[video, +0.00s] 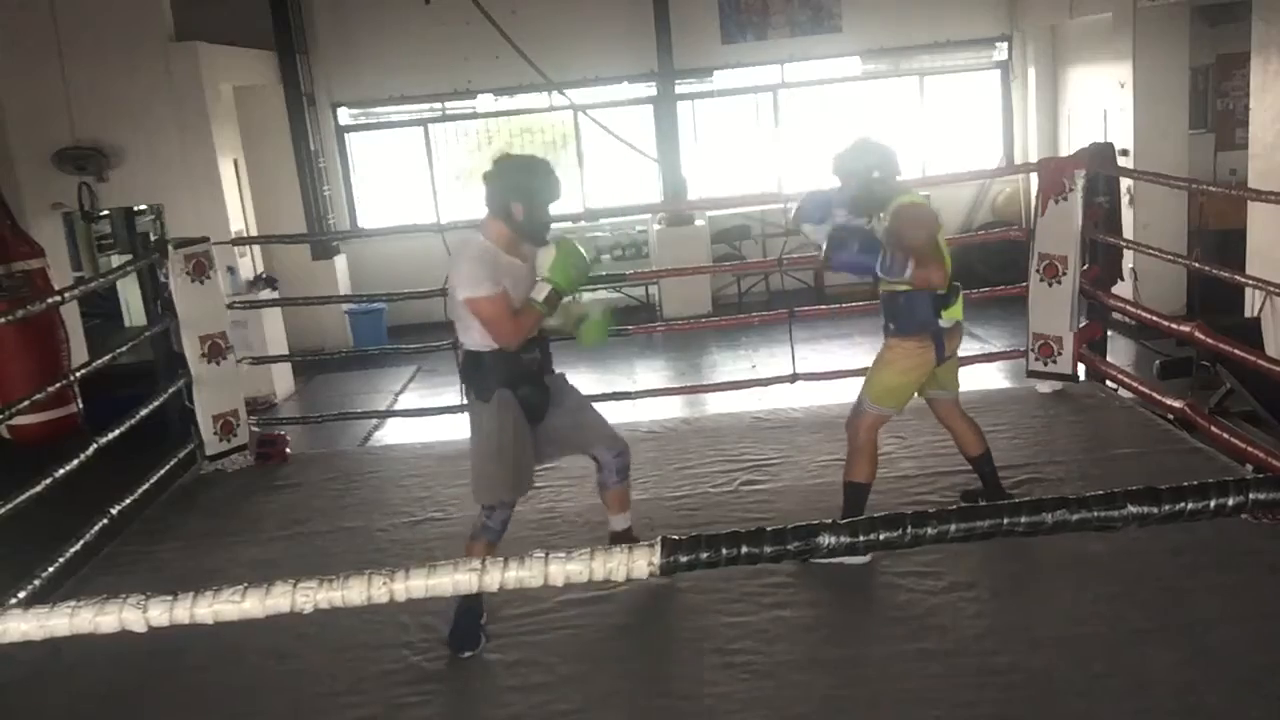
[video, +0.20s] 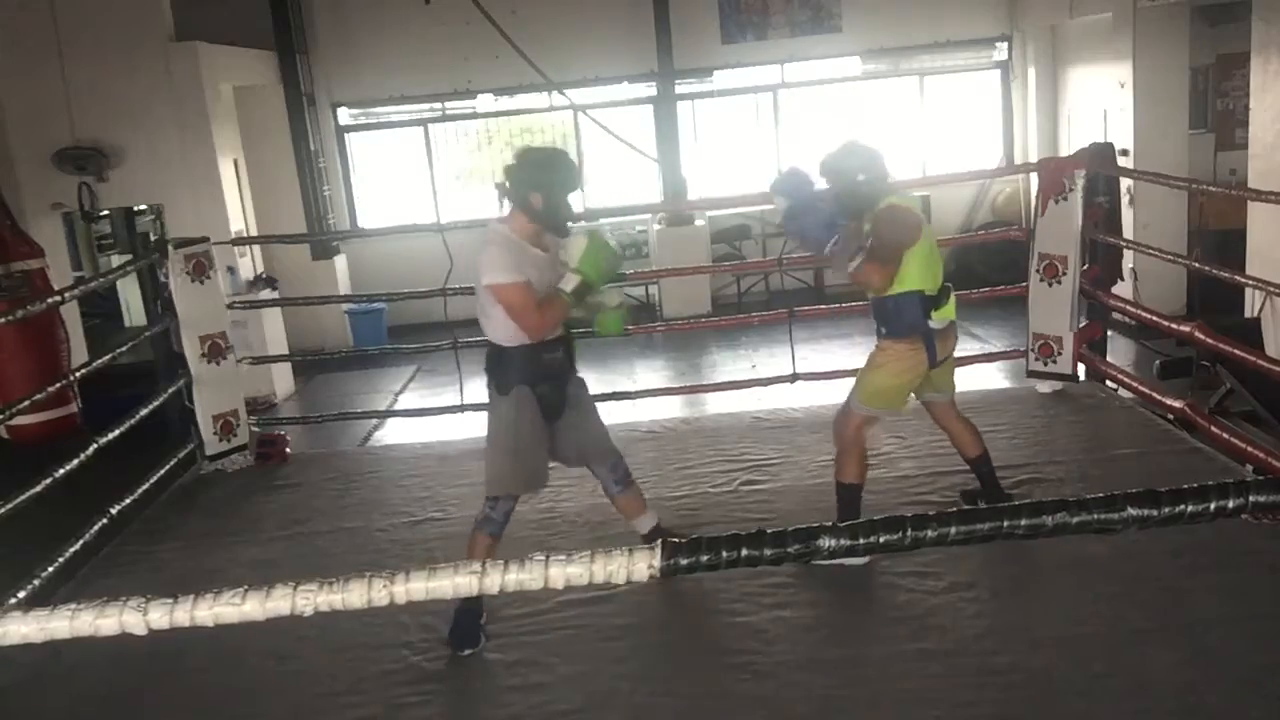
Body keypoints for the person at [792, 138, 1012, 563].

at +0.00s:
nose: (846, 189)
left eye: (850, 180)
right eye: (844, 181)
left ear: (871, 176)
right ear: (885, 172)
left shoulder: (907, 213)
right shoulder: (896, 210)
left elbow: (935, 275)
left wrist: (877, 262)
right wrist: (833, 212)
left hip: (913, 337)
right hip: (941, 331)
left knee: (861, 424)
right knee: (948, 409)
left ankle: (851, 529)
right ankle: (995, 491)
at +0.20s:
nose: (835, 194)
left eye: (837, 184)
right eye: (832, 186)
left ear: (859, 181)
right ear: (877, 174)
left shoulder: (889, 217)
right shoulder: (903, 208)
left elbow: (875, 279)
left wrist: (844, 254)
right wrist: (824, 231)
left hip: (906, 343)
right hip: (940, 333)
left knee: (849, 425)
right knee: (944, 409)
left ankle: (847, 531)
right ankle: (993, 492)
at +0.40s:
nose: (811, 207)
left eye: (813, 198)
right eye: (810, 199)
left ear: (828, 193)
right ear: (856, 184)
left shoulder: (851, 222)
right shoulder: (892, 216)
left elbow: (844, 262)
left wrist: (795, 261)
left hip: (880, 353)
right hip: (928, 341)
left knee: (811, 426)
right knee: (950, 418)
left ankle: (799, 523)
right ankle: (992, 490)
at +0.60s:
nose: (808, 194)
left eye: (811, 187)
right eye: (809, 186)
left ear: (821, 189)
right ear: (856, 182)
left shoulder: (824, 233)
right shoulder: (891, 228)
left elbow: (762, 267)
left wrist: (746, 246)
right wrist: (799, 233)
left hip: (848, 374)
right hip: (907, 367)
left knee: (789, 446)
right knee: (942, 436)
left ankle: (772, 555)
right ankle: (1000, 517)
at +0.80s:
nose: (856, 199)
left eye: (859, 191)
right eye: (856, 191)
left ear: (872, 192)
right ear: (906, 189)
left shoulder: (874, 238)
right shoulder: (940, 240)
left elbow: (852, 307)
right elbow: (934, 303)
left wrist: (832, 328)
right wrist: (854, 317)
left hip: (877, 381)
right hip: (936, 378)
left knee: (823, 460)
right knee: (967, 462)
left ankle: (779, 555)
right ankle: (1012, 560)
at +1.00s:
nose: (896, 178)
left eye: (900, 167)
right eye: (897, 168)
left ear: (917, 169)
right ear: (949, 166)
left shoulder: (930, 210)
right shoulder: (982, 215)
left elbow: (912, 272)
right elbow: (965, 274)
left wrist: (884, 276)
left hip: (930, 355)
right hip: (981, 354)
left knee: (876, 454)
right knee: (989, 456)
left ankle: (831, 551)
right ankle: (1015, 561)